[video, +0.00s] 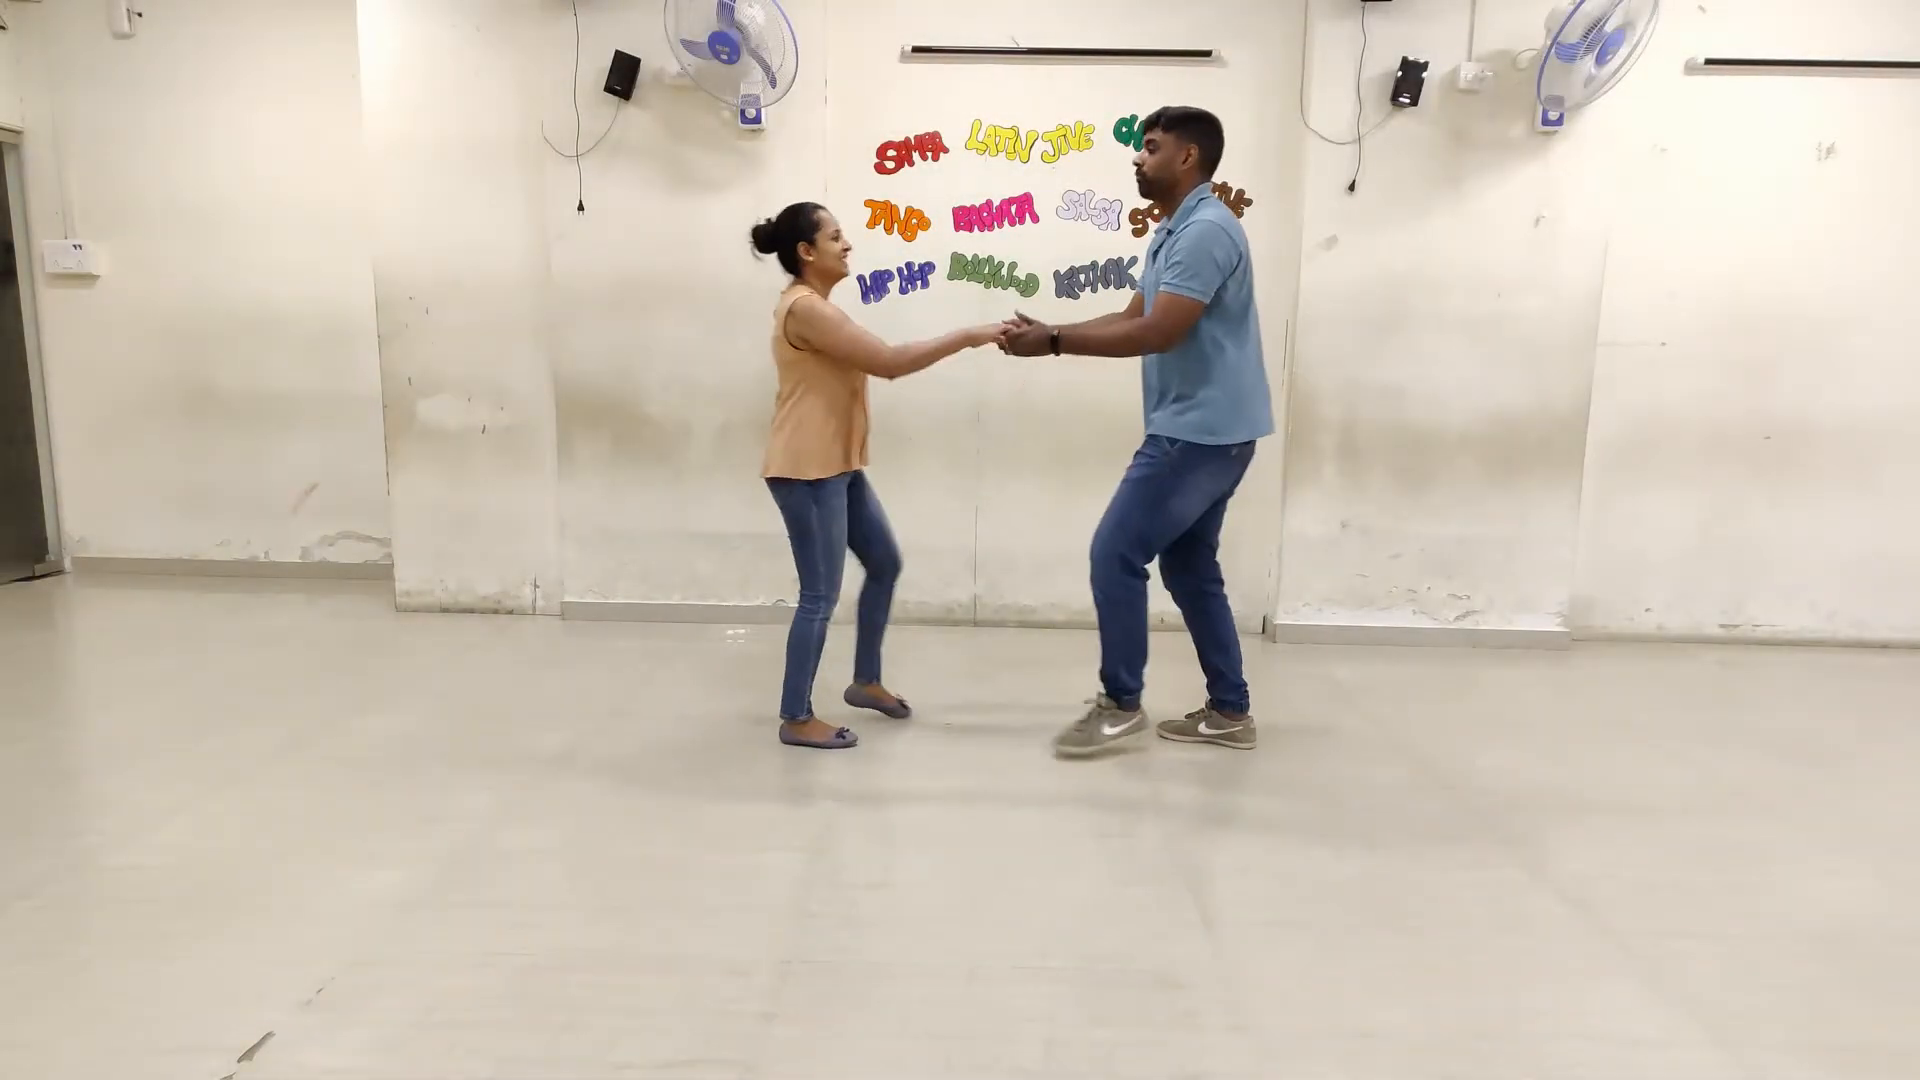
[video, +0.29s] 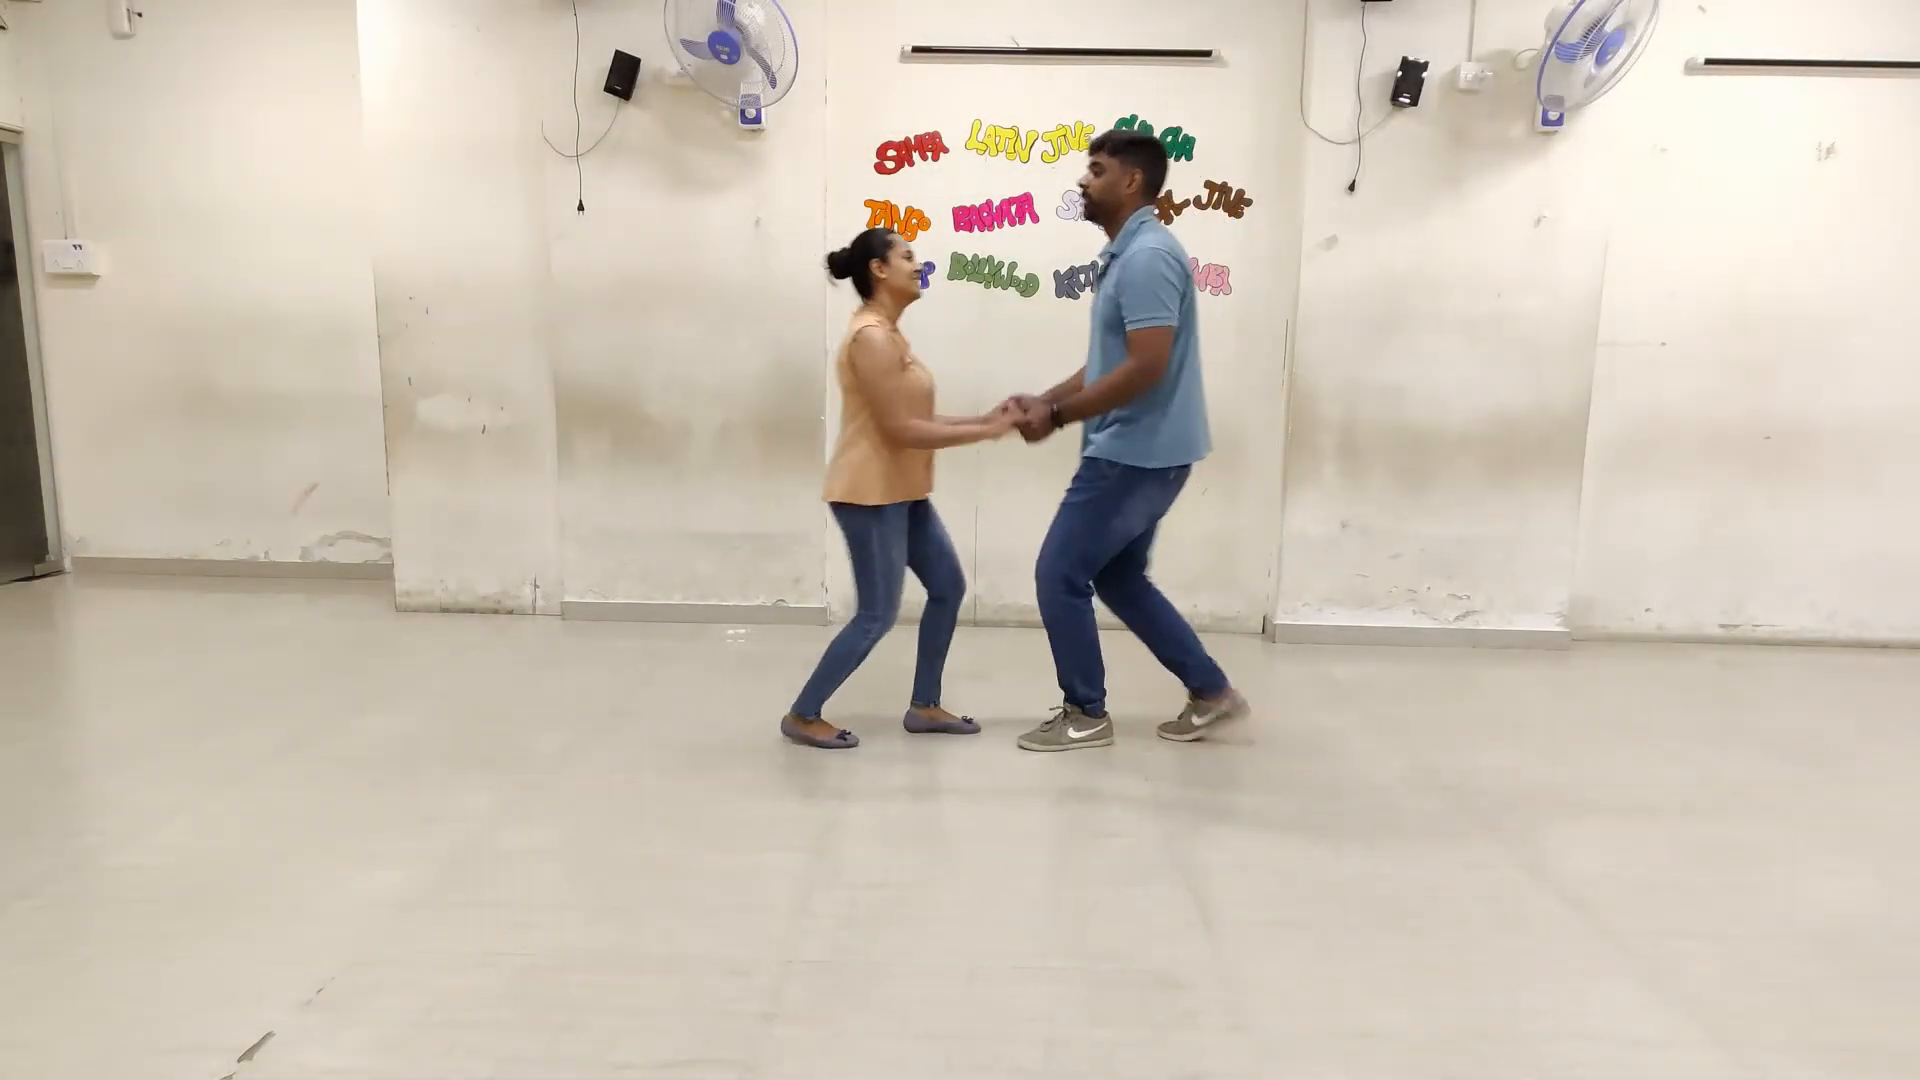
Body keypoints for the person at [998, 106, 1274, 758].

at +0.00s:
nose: (1138, 159)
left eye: (1152, 149)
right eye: (1142, 148)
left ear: (1191, 158)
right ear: (1182, 160)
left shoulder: (1204, 228)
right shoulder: (1175, 230)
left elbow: (1161, 331)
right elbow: (1135, 321)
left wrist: (1056, 338)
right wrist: (1050, 335)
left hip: (1199, 432)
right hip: (1206, 430)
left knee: (1115, 551)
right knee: (1189, 568)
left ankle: (1120, 705)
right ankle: (1229, 711)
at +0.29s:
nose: (1084, 180)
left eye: (1097, 170)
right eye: (1087, 169)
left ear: (1134, 182)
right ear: (1129, 183)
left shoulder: (1147, 256)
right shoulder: (1133, 252)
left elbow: (1147, 367)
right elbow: (1110, 361)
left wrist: (1057, 412)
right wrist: (1047, 402)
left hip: (1135, 451)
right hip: (1149, 448)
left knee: (1060, 573)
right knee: (1117, 579)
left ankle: (1085, 713)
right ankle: (1213, 693)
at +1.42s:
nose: (1188, 172)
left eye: (1203, 162)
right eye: (1192, 160)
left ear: (1241, 173)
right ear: (1238, 175)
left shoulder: (1242, 233)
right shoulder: (1252, 231)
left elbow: (1175, 332)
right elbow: (1225, 340)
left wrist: (1085, 320)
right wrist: (1154, 382)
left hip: (1256, 428)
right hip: (1280, 428)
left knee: (1168, 548)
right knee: (1226, 566)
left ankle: (1167, 712)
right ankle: (1267, 709)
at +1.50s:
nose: (1184, 179)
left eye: (1199, 169)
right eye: (1188, 168)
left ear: (1239, 182)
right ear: (1226, 183)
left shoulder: (1245, 243)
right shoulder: (1225, 245)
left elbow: (1187, 340)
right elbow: (1199, 346)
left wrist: (1096, 323)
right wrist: (1139, 393)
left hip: (1259, 435)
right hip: (1248, 433)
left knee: (1162, 557)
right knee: (1213, 575)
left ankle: (1132, 712)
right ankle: (1281, 703)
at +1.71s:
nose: (1168, 197)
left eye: (1185, 189)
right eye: (1163, 187)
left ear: (1221, 203)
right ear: (1156, 200)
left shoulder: (1235, 264)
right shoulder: (1148, 282)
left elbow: (1192, 349)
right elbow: (1122, 366)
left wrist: (1110, 314)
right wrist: (1091, 425)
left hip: (1208, 470)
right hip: (1157, 469)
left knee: (1121, 595)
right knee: (1165, 601)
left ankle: (1093, 725)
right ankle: (1271, 682)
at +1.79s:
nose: (1169, 190)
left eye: (1185, 181)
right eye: (1160, 179)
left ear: (1207, 194)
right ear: (1146, 190)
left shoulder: (1225, 249)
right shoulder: (1121, 273)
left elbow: (1184, 327)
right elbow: (1099, 363)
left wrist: (1100, 287)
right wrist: (1080, 426)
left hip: (1190, 463)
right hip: (1131, 462)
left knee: (1112, 602)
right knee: (1120, 601)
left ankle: (1093, 724)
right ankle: (1233, 661)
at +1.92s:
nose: (1153, 170)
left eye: (1166, 161)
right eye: (1140, 160)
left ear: (1180, 173)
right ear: (1116, 171)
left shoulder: (1201, 221)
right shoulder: (1085, 251)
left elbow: (1166, 276)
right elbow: (1065, 350)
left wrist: (1084, 241)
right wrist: (1079, 423)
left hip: (1164, 447)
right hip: (1089, 447)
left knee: (1119, 598)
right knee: (1057, 595)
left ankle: (1095, 718)